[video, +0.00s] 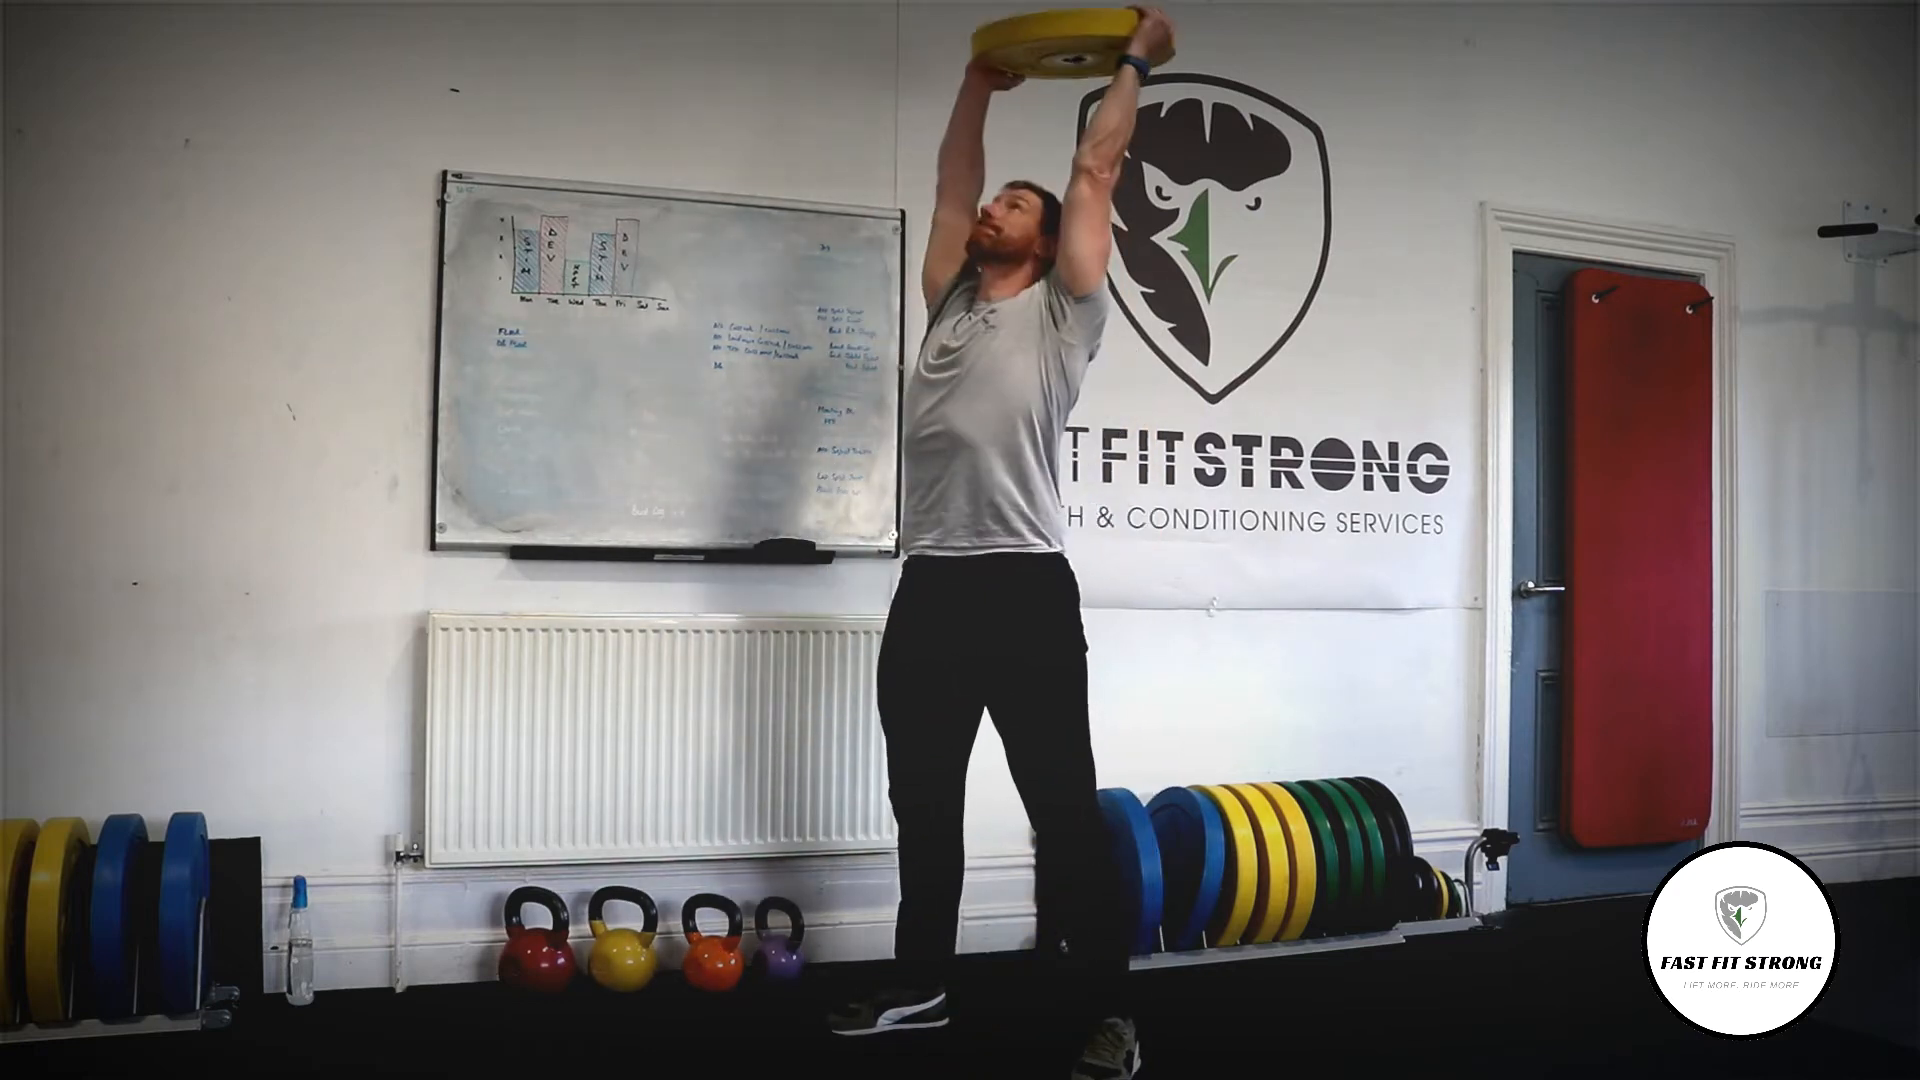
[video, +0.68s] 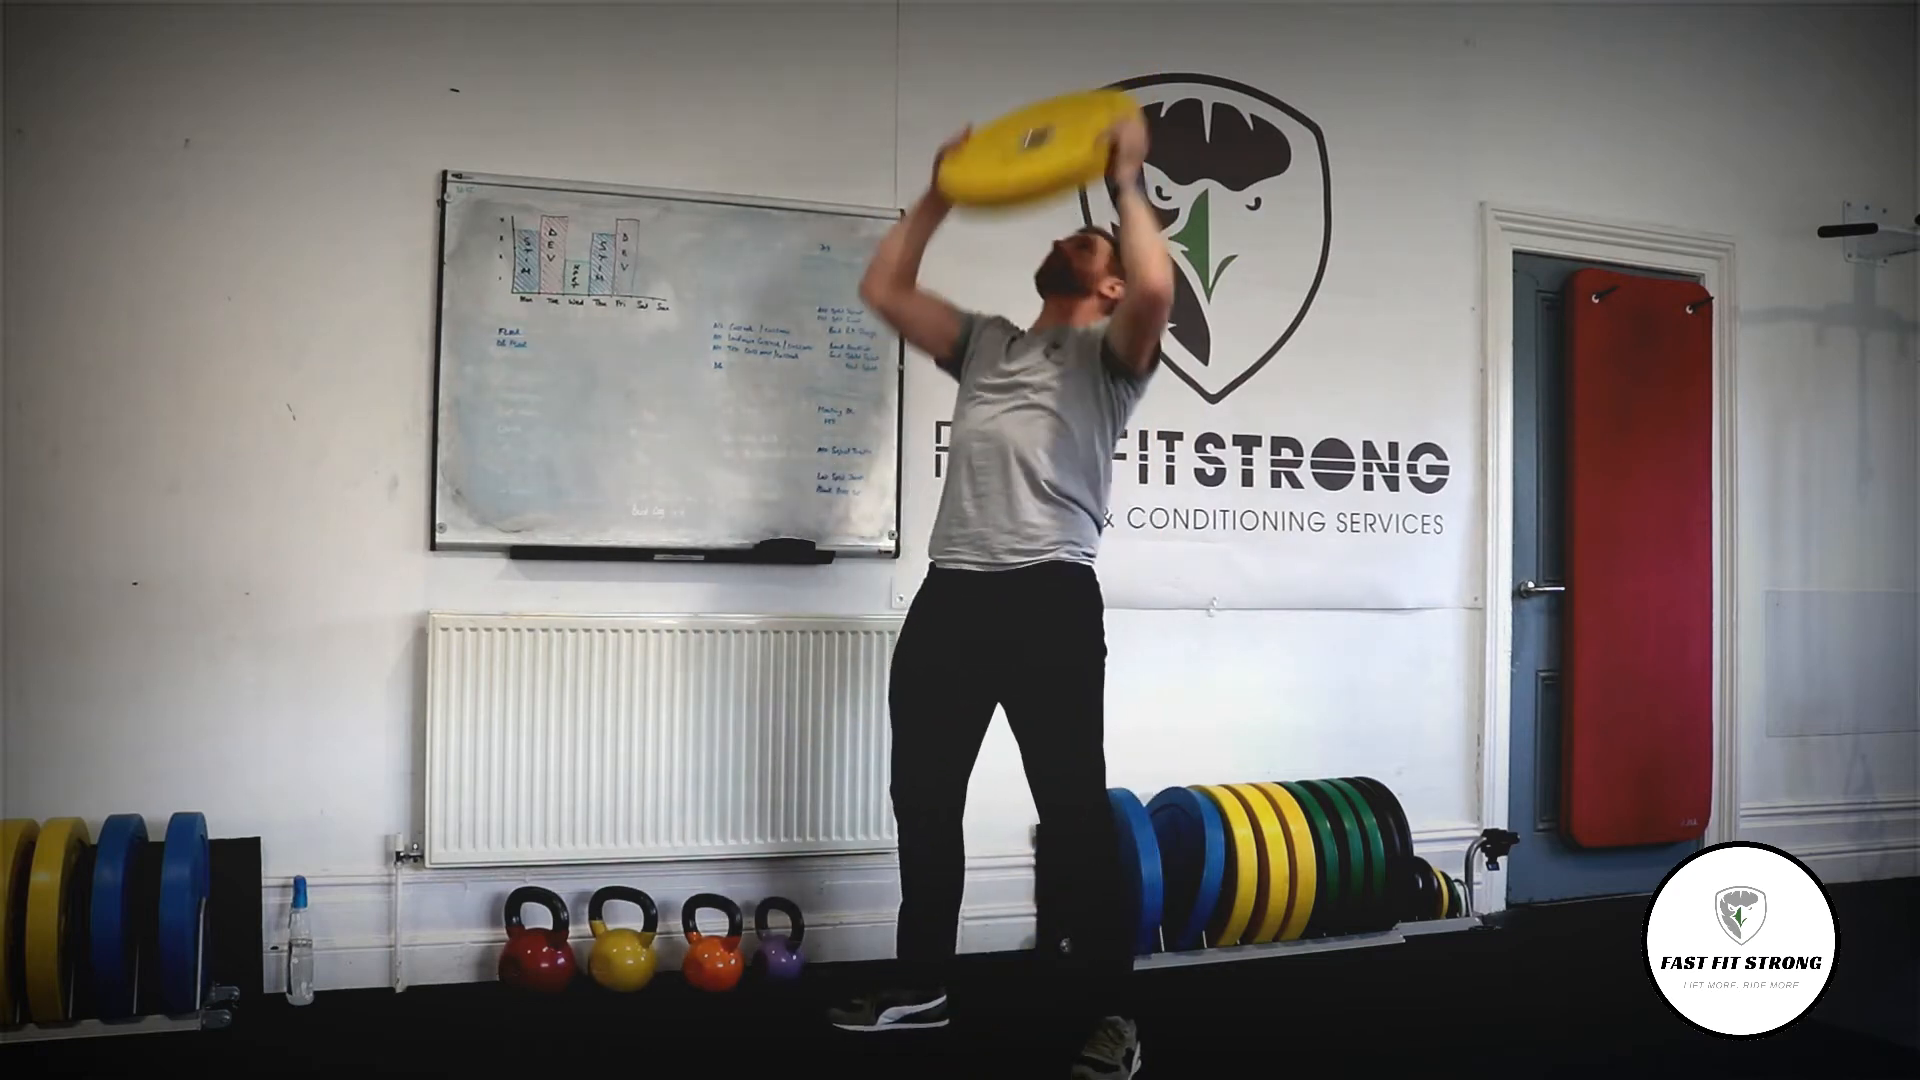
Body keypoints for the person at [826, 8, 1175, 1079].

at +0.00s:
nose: (1000, 205)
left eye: (1019, 201)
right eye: (992, 200)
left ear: (1049, 239)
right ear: (975, 229)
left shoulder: (1065, 311)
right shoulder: (948, 307)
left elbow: (1099, 170)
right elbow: (957, 186)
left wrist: (1136, 59)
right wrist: (979, 79)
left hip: (1026, 593)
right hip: (926, 593)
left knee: (1062, 810)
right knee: (923, 808)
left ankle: (1097, 1014)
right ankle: (922, 993)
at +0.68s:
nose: (1079, 243)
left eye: (1097, 243)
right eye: (1075, 235)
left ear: (1116, 287)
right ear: (1049, 272)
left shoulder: (1108, 357)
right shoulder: (983, 343)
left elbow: (1152, 292)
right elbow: (885, 289)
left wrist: (1129, 181)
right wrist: (938, 195)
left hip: (1050, 599)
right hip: (949, 599)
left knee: (1071, 809)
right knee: (924, 802)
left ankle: (1096, 1011)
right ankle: (923, 988)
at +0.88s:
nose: (1080, 270)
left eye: (1102, 266)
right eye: (1078, 261)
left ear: (1126, 300)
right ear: (1052, 276)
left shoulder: (1117, 371)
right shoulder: (992, 363)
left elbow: (1148, 441)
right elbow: (900, 437)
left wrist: (1105, 326)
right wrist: (918, 333)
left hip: (1053, 594)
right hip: (953, 596)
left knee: (1074, 805)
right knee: (923, 800)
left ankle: (1105, 1010)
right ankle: (923, 989)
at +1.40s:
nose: (1003, 272)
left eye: (1019, 254)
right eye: (996, 258)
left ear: (1068, 256)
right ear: (993, 264)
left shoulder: (1106, 338)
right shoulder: (979, 349)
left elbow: (1148, 457)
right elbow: (936, 455)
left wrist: (1063, 488)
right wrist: (877, 495)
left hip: (1074, 599)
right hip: (980, 601)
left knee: (1088, 802)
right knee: (937, 795)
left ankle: (1108, 1014)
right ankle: (923, 990)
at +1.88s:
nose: (918, 338)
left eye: (929, 318)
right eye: (907, 323)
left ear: (975, 294)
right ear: (901, 315)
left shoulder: (1054, 373)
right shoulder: (909, 393)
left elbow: (1080, 511)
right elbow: (909, 526)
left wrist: (1080, 645)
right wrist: (892, 643)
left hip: (1092, 604)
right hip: (996, 611)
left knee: (1107, 804)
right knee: (935, 782)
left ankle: (1120, 1012)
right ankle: (918, 988)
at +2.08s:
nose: (892, 445)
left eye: (903, 426)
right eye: (881, 430)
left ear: (947, 396)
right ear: (873, 419)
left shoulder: (1036, 473)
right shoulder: (890, 497)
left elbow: (1056, 619)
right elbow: (895, 625)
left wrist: (1068, 761)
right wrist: (890, 755)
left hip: (1103, 649)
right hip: (998, 653)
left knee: (1120, 826)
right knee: (889, 783)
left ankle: (1117, 1019)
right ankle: (916, 985)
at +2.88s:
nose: (902, 362)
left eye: (919, 346)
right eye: (895, 347)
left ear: (968, 348)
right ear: (887, 356)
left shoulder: (1032, 435)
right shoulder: (890, 452)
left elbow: (1114, 550)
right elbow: (898, 565)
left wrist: (1067, 660)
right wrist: (876, 669)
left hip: (1083, 631)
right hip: (983, 642)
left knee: (1117, 814)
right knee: (882, 783)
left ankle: (1115, 1019)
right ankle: (914, 986)